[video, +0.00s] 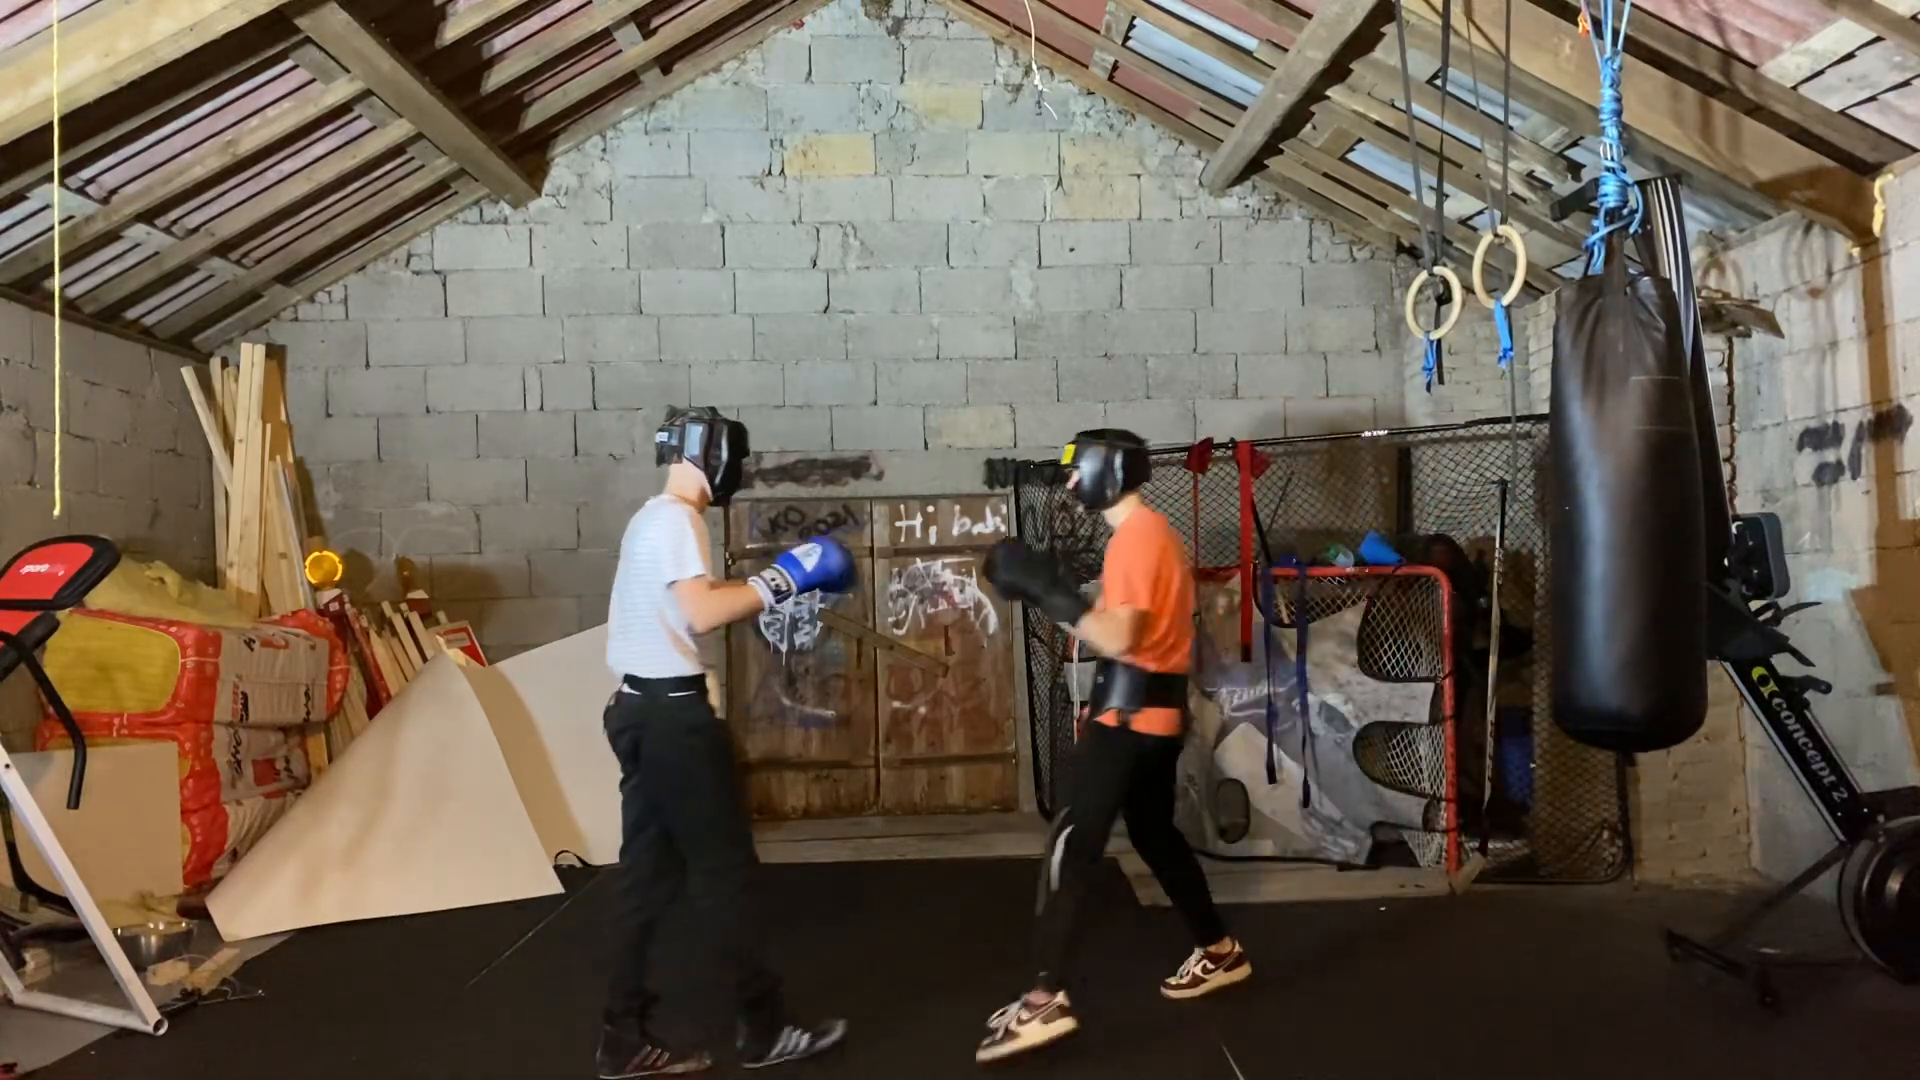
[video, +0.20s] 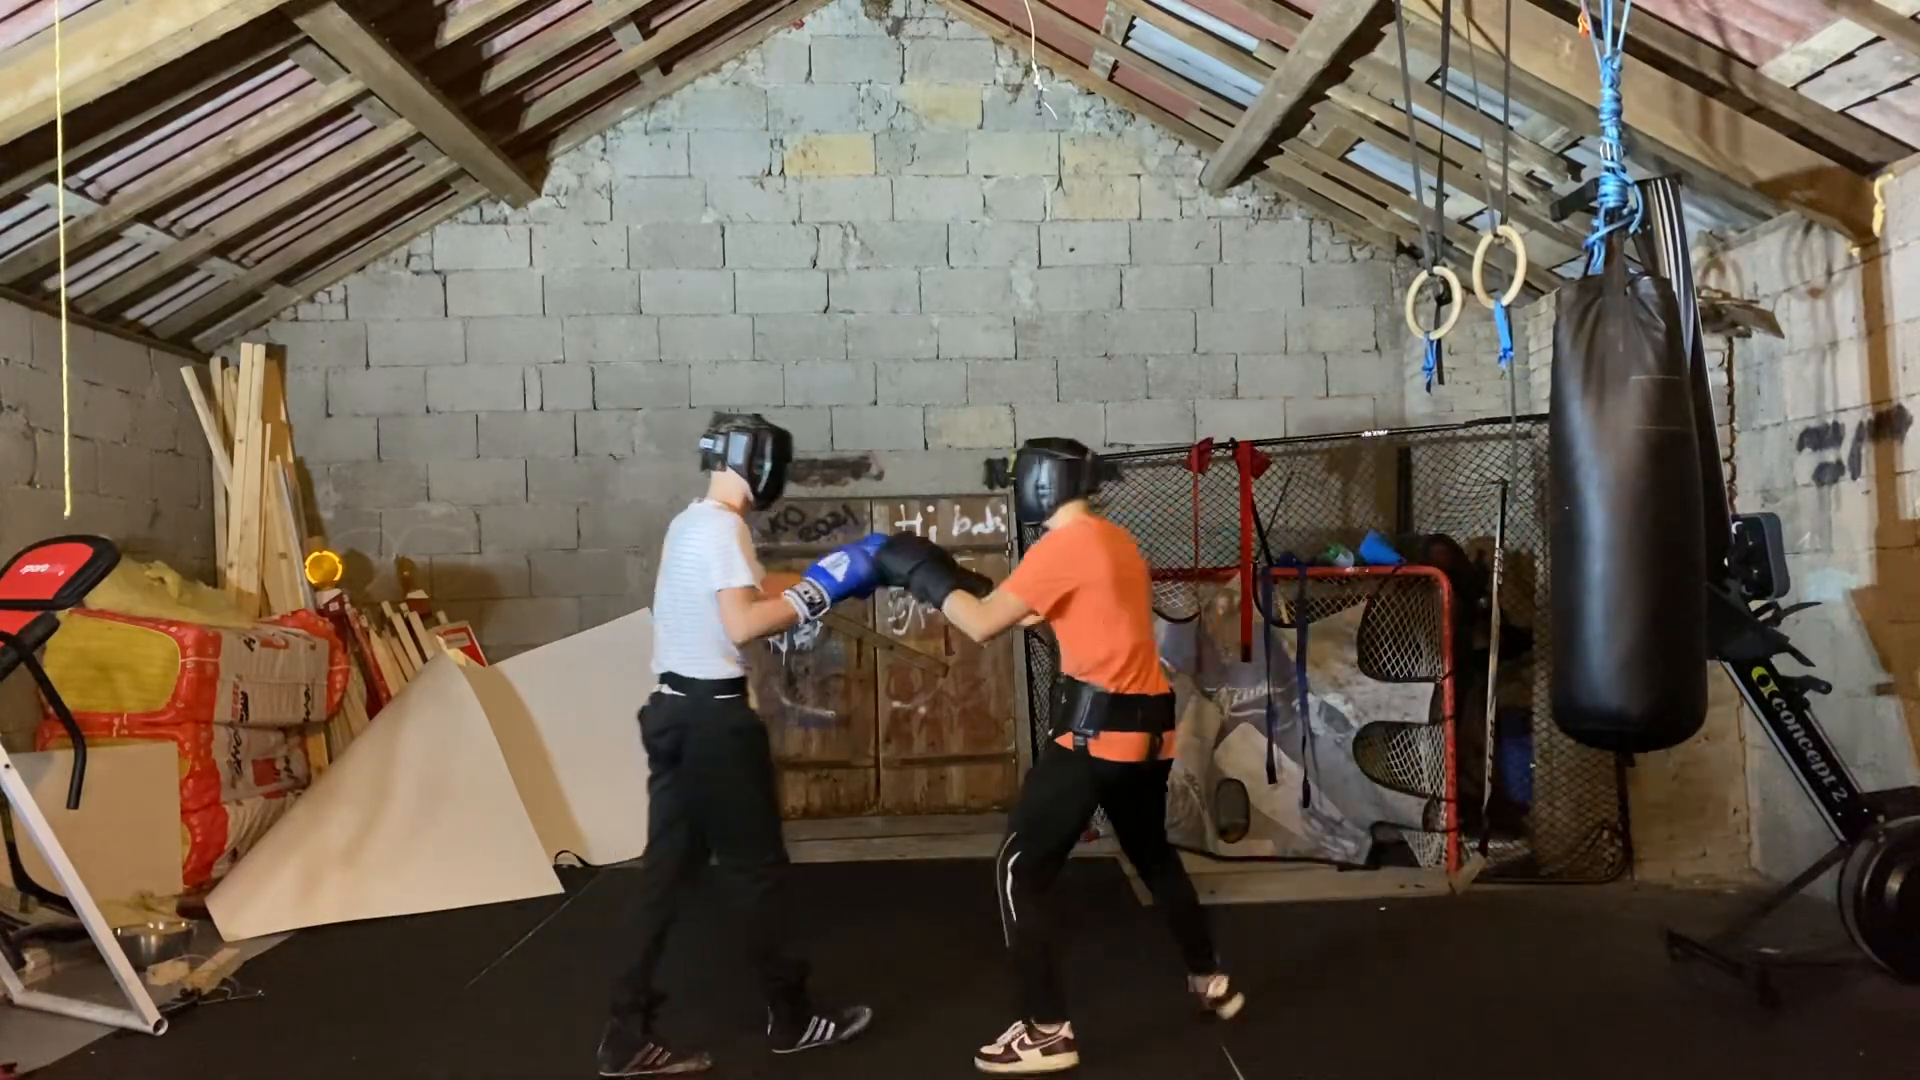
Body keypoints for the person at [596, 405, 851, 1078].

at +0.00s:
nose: (731, 480)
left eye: (732, 466)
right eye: (728, 466)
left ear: (677, 457)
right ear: (707, 459)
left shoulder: (649, 520)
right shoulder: (676, 520)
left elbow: (686, 613)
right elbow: (698, 609)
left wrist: (758, 596)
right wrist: (783, 578)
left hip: (638, 710)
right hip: (674, 714)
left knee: (647, 875)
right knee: (729, 869)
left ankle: (623, 1043)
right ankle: (761, 1027)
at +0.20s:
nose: (775, 486)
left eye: (775, 472)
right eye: (774, 472)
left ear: (718, 463)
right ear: (756, 468)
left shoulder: (690, 523)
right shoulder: (722, 527)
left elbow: (752, 590)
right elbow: (742, 622)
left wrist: (820, 580)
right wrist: (814, 594)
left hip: (670, 713)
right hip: (716, 717)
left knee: (666, 875)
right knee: (760, 868)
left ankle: (625, 1038)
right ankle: (791, 1016)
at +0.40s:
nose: (830, 488)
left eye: (831, 475)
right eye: (829, 475)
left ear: (776, 464)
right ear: (809, 473)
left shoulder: (752, 523)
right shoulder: (761, 530)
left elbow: (778, 603)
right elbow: (734, 625)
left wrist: (834, 591)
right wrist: (810, 635)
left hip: (734, 706)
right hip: (761, 709)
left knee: (738, 867)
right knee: (793, 863)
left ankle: (648, 1008)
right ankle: (793, 1019)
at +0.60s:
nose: (868, 493)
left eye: (869, 480)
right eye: (866, 480)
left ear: (814, 469)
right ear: (847, 478)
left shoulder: (781, 523)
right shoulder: (804, 538)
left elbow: (804, 603)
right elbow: (775, 630)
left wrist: (857, 577)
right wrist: (855, 637)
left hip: (777, 699)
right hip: (800, 705)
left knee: (818, 844)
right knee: (827, 852)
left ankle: (735, 963)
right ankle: (795, 1019)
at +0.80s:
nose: (897, 487)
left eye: (896, 477)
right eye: (894, 478)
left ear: (839, 471)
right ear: (880, 478)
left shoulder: (809, 525)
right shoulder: (855, 531)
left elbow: (829, 598)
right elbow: (852, 611)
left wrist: (890, 558)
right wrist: (927, 614)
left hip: (811, 695)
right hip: (840, 701)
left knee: (861, 839)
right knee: (835, 851)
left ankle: (874, 971)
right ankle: (794, 1019)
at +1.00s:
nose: (936, 498)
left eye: (937, 488)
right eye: (932, 488)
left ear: (881, 485)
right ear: (915, 490)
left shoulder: (860, 534)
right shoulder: (887, 537)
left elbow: (892, 608)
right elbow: (871, 610)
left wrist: (930, 570)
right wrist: (948, 641)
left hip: (868, 704)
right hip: (879, 707)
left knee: (917, 837)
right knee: (919, 842)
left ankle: (899, 974)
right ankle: (813, 990)